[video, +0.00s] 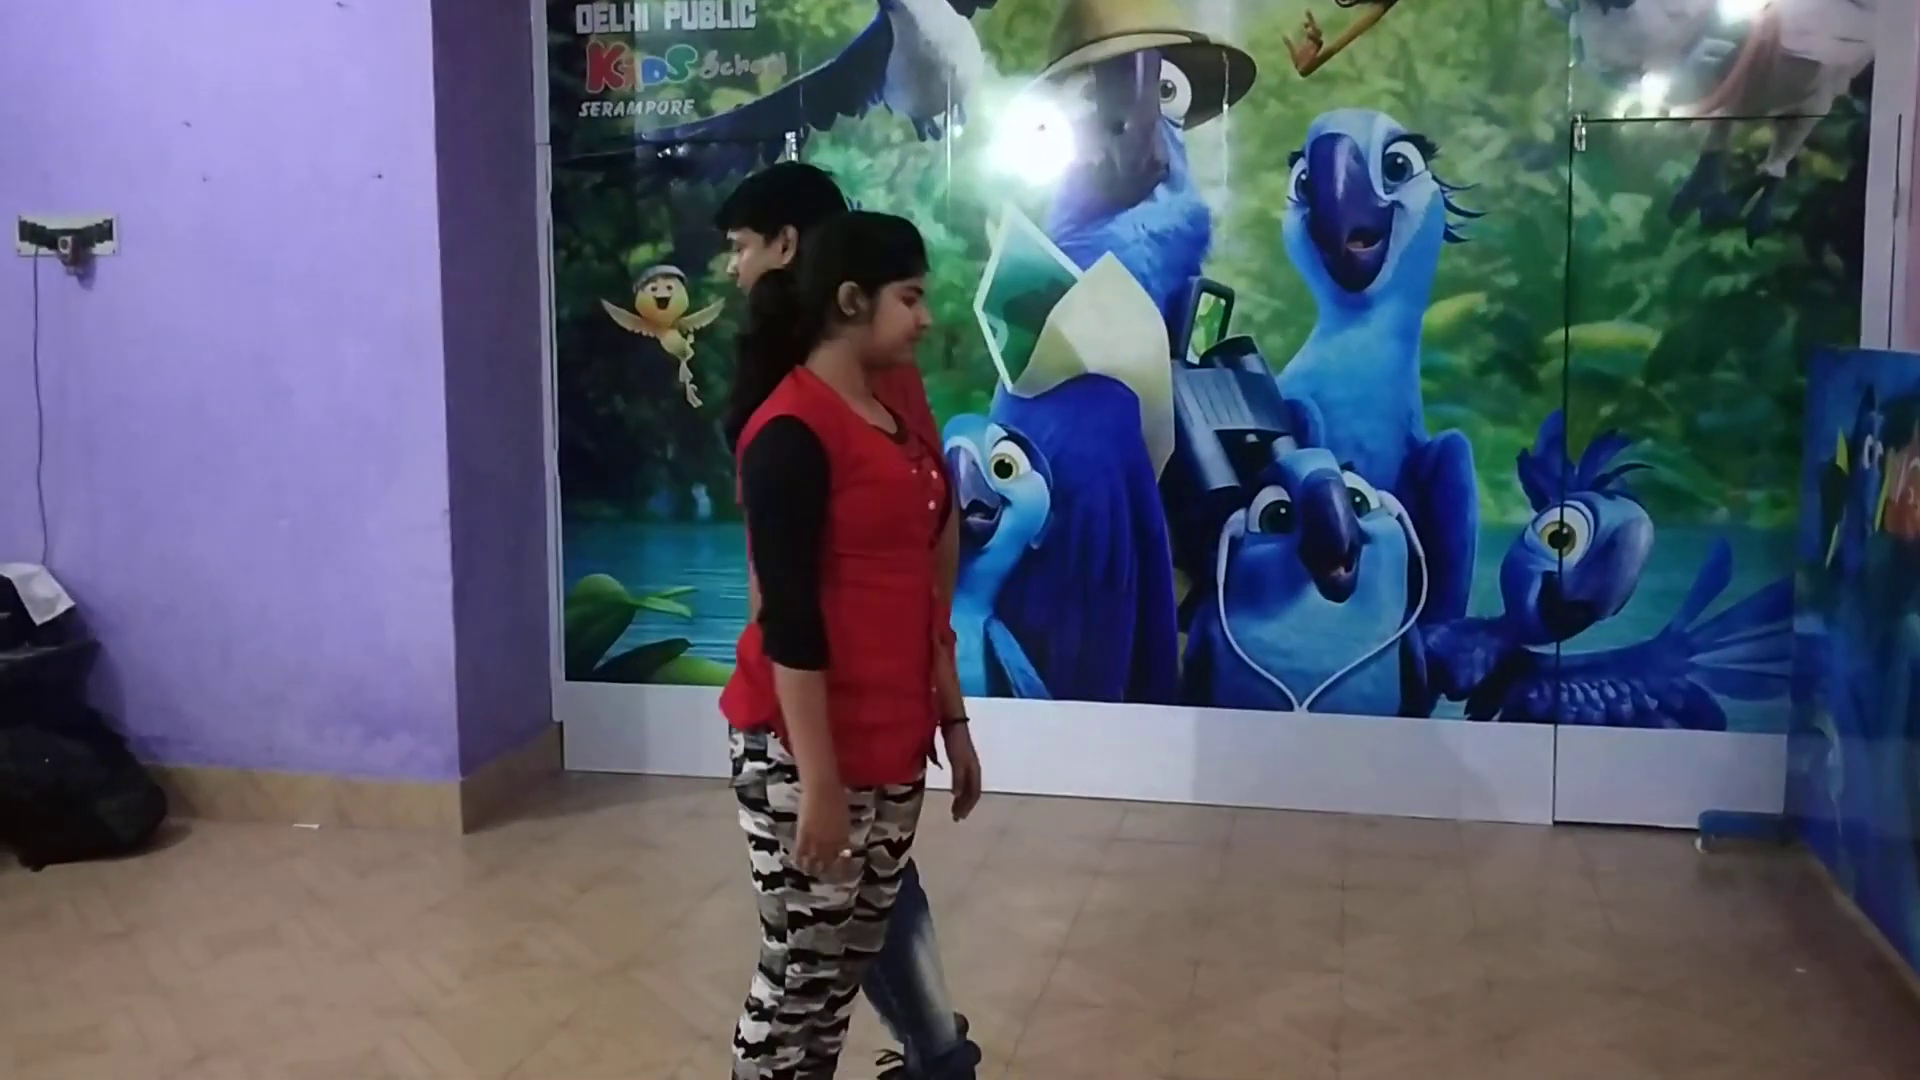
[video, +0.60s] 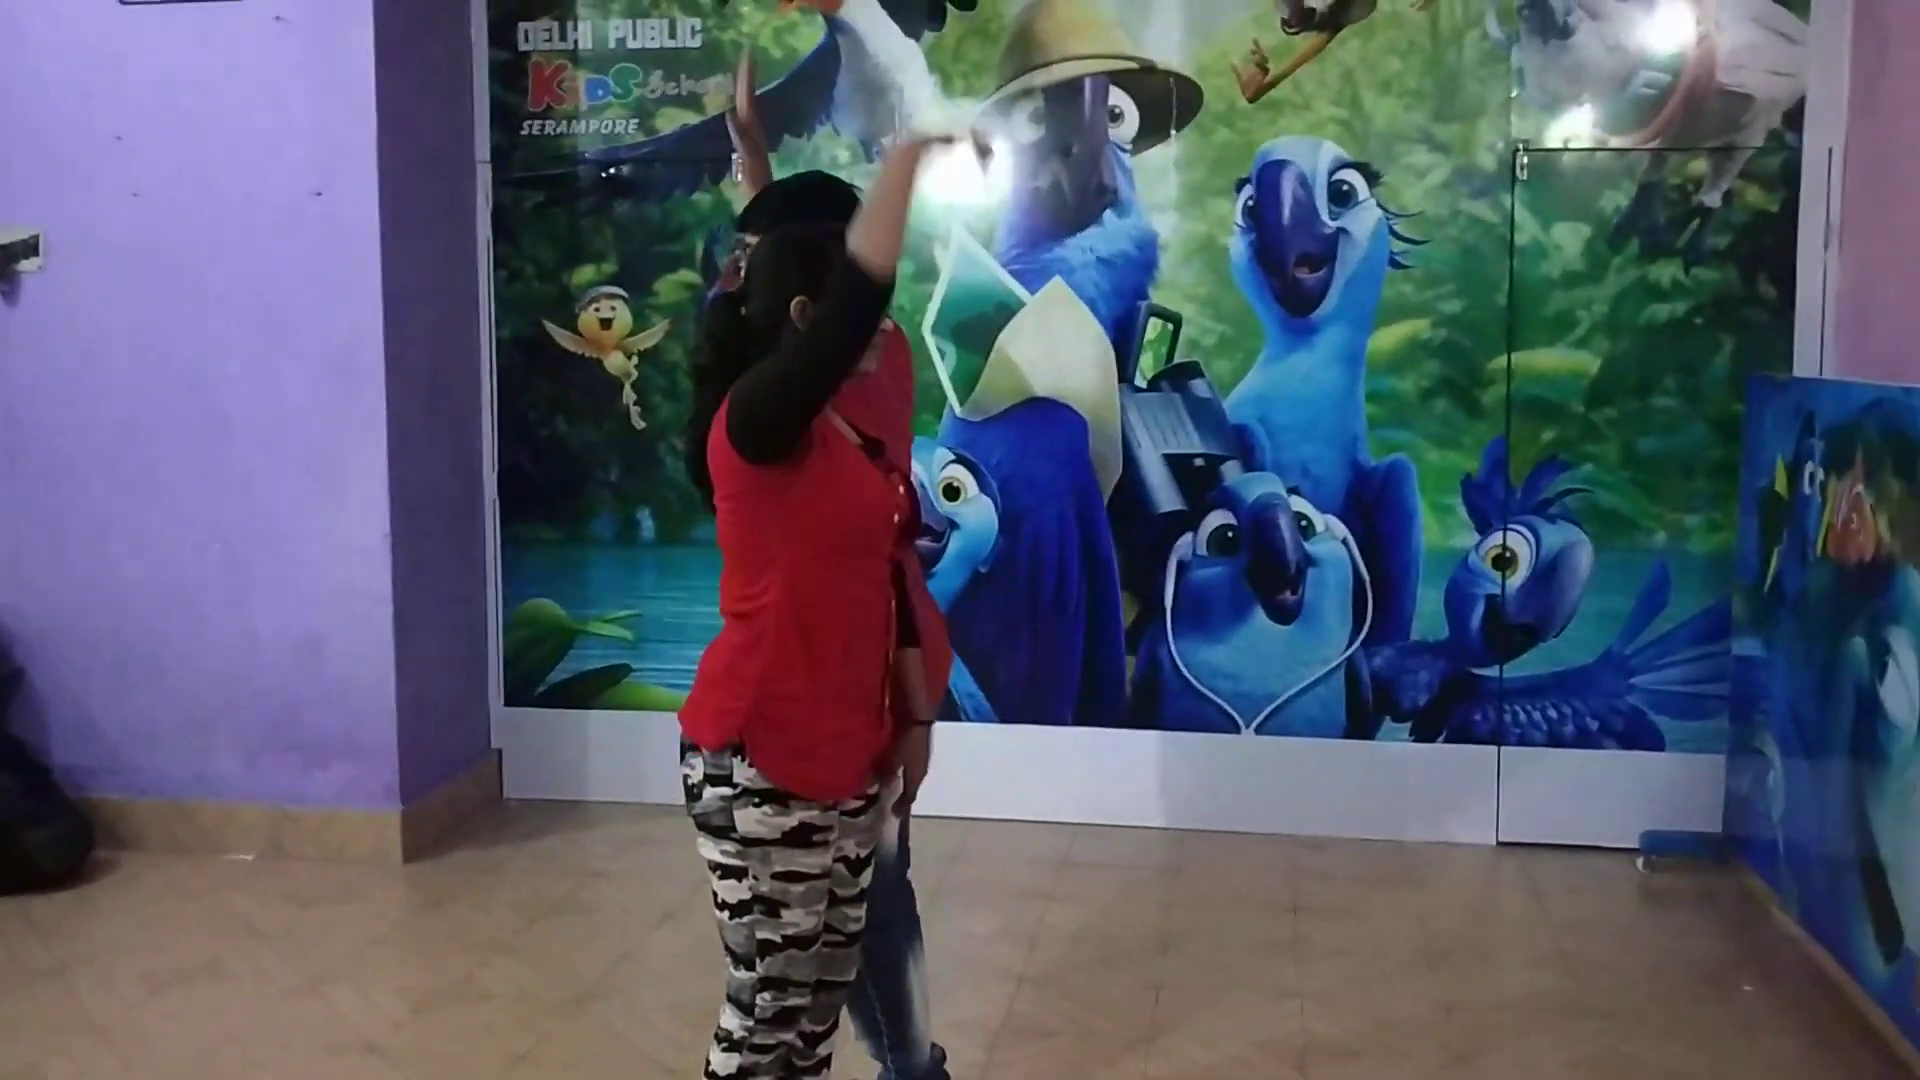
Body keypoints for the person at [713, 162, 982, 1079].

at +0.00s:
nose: (731, 268)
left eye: (742, 247)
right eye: (730, 248)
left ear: (793, 246)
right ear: (817, 256)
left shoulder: (794, 357)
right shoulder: (884, 358)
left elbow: (772, 539)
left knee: (863, 860)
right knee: (870, 855)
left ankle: (935, 1044)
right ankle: (931, 1042)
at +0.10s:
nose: (749, 262)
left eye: (762, 244)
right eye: (749, 243)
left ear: (816, 261)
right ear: (838, 283)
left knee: (888, 869)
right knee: (886, 865)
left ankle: (942, 1044)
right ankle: (940, 1044)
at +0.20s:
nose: (757, 262)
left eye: (770, 244)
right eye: (757, 244)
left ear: (827, 267)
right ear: (839, 288)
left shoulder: (899, 364)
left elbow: (969, 510)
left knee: (899, 862)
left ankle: (946, 1045)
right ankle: (941, 1044)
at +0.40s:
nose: (914, 317)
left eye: (911, 296)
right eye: (896, 299)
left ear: (842, 313)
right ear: (836, 313)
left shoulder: (878, 420)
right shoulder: (781, 434)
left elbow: (910, 563)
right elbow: (780, 595)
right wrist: (934, 610)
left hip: (867, 746)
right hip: (788, 756)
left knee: (832, 991)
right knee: (796, 997)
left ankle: (808, 1073)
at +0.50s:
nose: (901, 320)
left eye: (900, 300)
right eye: (882, 302)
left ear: (833, 312)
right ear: (821, 314)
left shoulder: (879, 420)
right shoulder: (765, 419)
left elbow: (906, 584)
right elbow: (829, 458)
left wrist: (911, 728)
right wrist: (934, 366)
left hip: (859, 752)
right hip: (771, 757)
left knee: (831, 988)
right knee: (787, 993)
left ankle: (803, 1074)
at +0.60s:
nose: (862, 315)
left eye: (857, 294)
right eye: (842, 291)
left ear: (799, 311)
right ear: (808, 312)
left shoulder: (850, 434)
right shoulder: (756, 421)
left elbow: (891, 584)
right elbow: (857, 292)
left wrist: (915, 713)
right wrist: (907, 151)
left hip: (844, 760)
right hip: (762, 764)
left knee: (811, 1014)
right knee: (773, 1012)